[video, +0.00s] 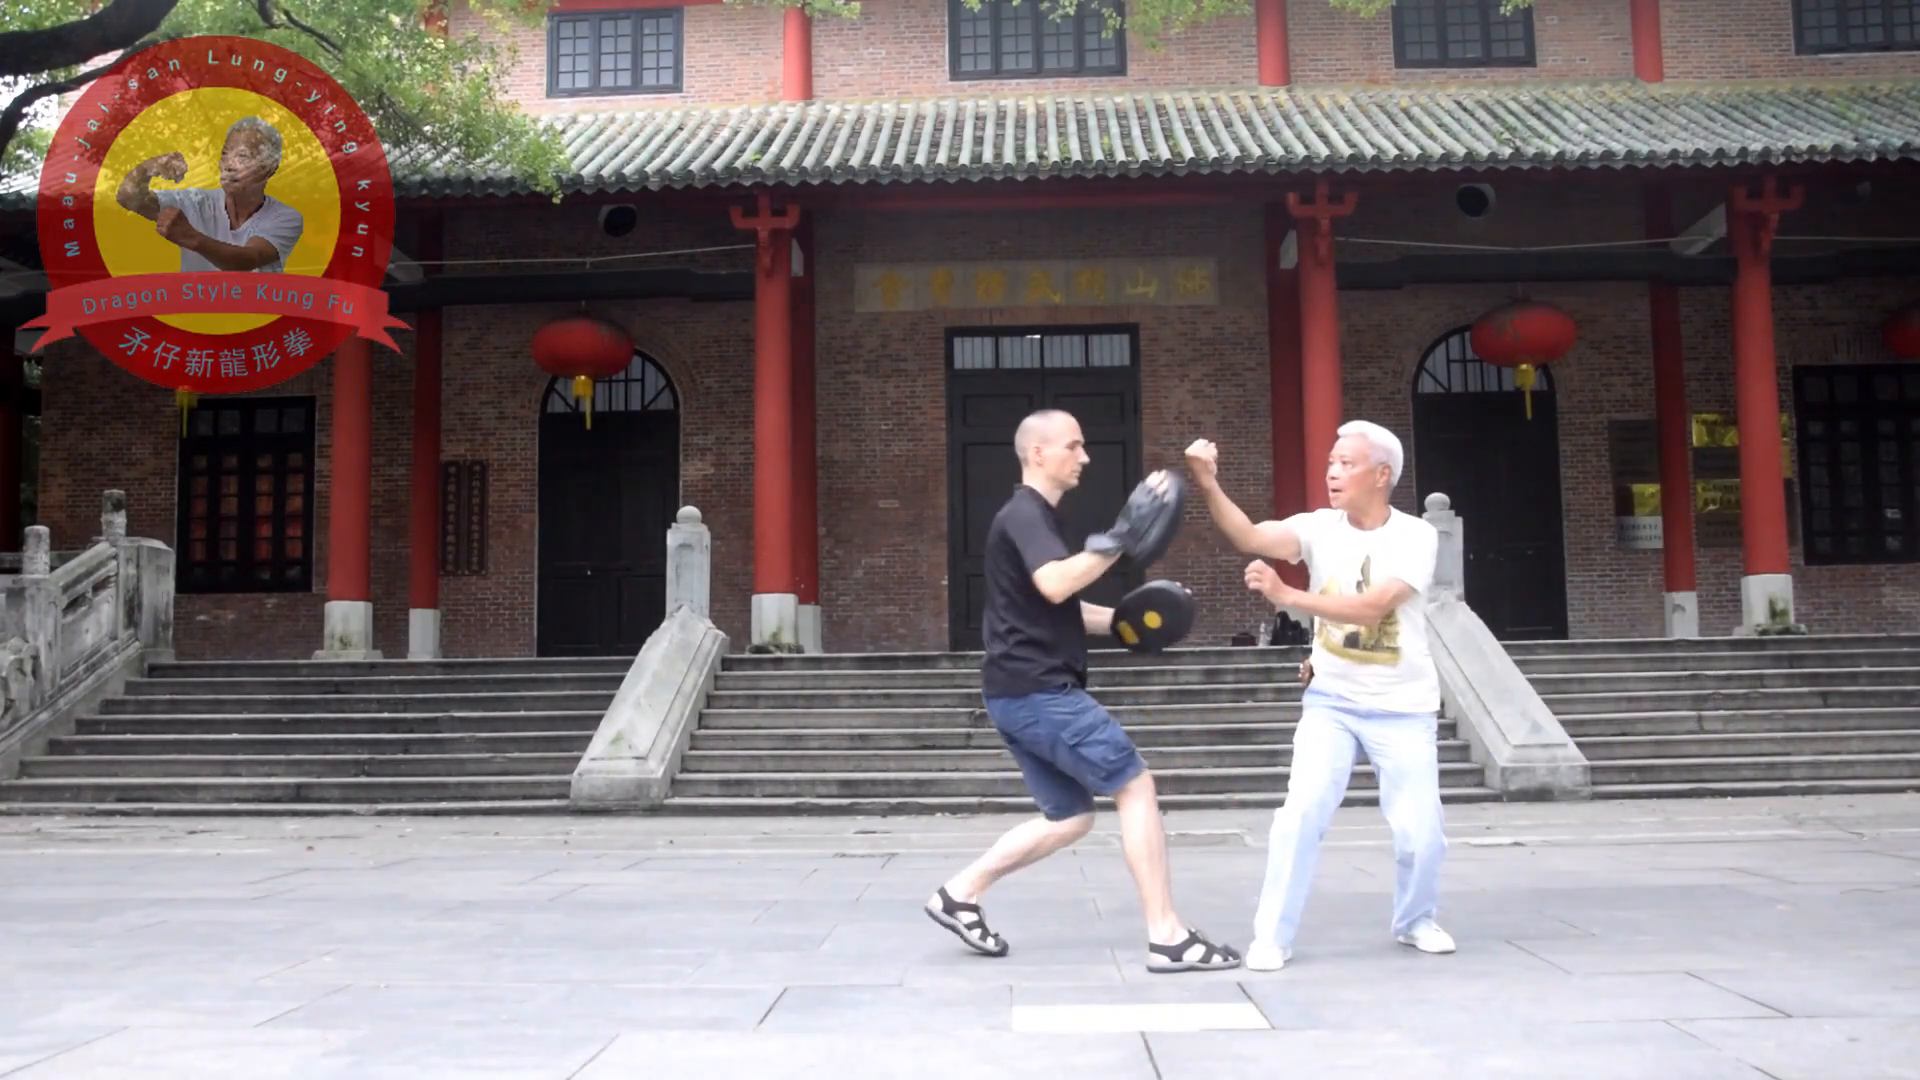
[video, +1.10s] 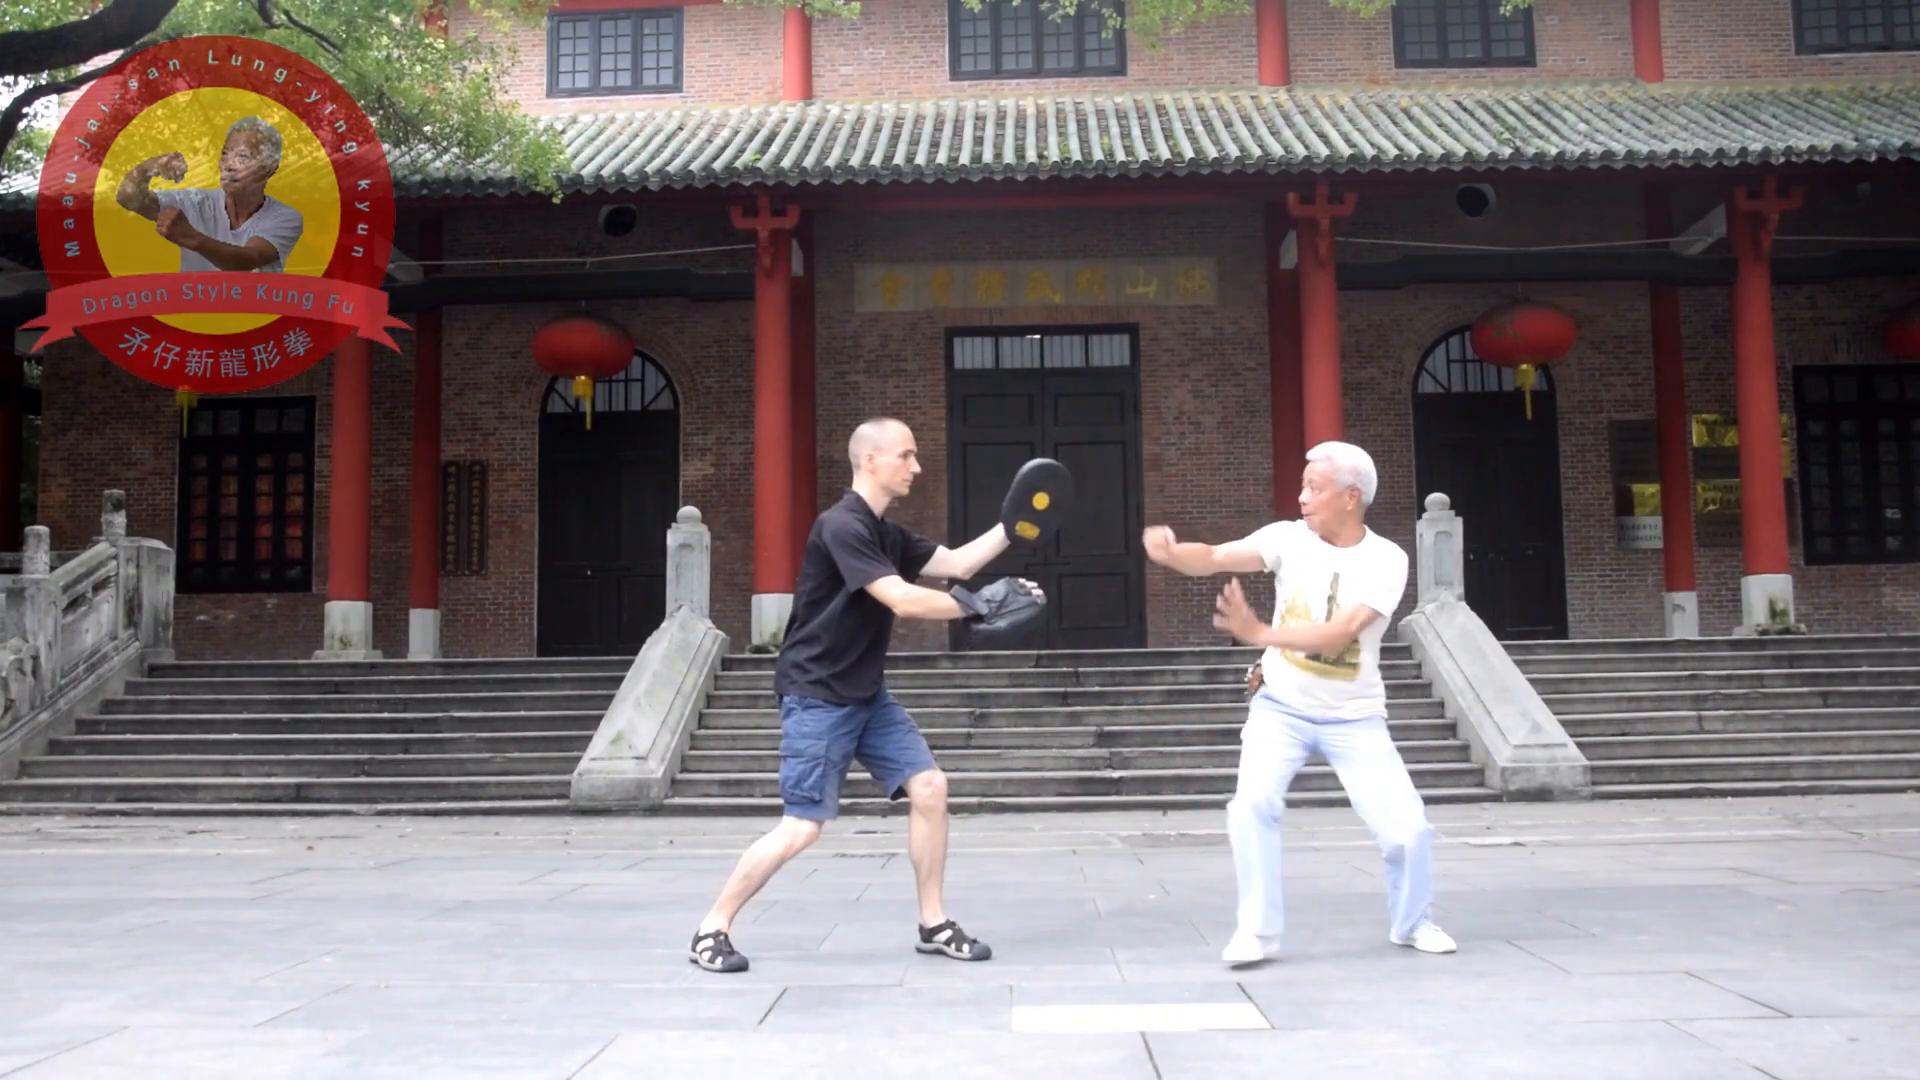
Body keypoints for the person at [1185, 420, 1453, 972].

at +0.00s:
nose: (1331, 473)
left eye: (1344, 464)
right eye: (1331, 463)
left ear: (1382, 476)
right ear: (1334, 470)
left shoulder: (1416, 536)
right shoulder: (1321, 528)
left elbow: (1370, 608)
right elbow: (1250, 537)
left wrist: (1283, 595)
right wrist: (1210, 485)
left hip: (1403, 708)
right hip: (1330, 701)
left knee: (1420, 831)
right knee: (1303, 811)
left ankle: (1418, 920)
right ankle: (1270, 938)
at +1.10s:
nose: (1302, 498)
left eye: (1313, 488)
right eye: (1302, 487)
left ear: (1351, 498)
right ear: (1339, 496)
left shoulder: (1387, 559)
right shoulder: (1288, 537)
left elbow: (1340, 635)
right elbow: (1217, 558)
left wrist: (1258, 633)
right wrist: (1168, 552)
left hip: (1355, 717)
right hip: (1279, 709)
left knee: (1409, 830)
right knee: (1252, 805)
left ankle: (1412, 923)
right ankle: (1256, 932)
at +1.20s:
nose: (1278, 509)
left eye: (1289, 499)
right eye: (1278, 498)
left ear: (1328, 508)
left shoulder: (1361, 568)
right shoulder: (1264, 544)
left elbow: (1323, 633)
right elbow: (1219, 588)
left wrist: (1274, 693)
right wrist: (1269, 579)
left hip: (1332, 721)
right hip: (1256, 713)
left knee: (1392, 833)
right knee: (1198, 797)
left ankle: (1411, 923)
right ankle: (1173, 923)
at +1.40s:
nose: (1155, 502)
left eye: (1166, 493)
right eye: (1158, 493)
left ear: (1200, 503)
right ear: (1184, 501)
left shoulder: (1235, 560)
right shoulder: (1151, 547)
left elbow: (1177, 612)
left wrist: (1102, 566)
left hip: (1255, 732)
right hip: (1185, 730)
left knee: (1321, 831)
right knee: (1112, 809)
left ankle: (1407, 911)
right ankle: (1066, 936)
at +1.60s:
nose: (1049, 484)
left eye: (1056, 476)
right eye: (1054, 474)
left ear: (1080, 487)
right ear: (1092, 489)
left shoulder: (1083, 545)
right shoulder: (1111, 528)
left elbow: (1014, 605)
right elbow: (1037, 515)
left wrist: (975, 612)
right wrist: (973, 491)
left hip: (1168, 719)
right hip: (1123, 717)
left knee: (1186, 848)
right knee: (1054, 804)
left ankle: (1294, 885)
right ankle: (1053, 940)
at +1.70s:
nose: (1017, 483)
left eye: (1021, 473)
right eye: (1021, 473)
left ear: (1042, 482)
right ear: (1069, 483)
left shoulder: (1043, 542)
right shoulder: (1097, 517)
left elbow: (989, 606)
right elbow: (1016, 505)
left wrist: (958, 598)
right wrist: (952, 477)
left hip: (1129, 706)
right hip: (1129, 703)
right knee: (1042, 807)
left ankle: (1224, 913)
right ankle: (1055, 941)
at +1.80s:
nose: (1003, 475)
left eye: (1007, 467)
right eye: (1008, 466)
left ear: (1026, 476)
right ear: (1061, 477)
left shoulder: (1026, 535)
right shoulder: (1089, 513)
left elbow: (966, 598)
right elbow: (1007, 493)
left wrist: (938, 559)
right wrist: (945, 470)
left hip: (1098, 701)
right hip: (1144, 697)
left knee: (1052, 820)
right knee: (1037, 808)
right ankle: (1050, 943)